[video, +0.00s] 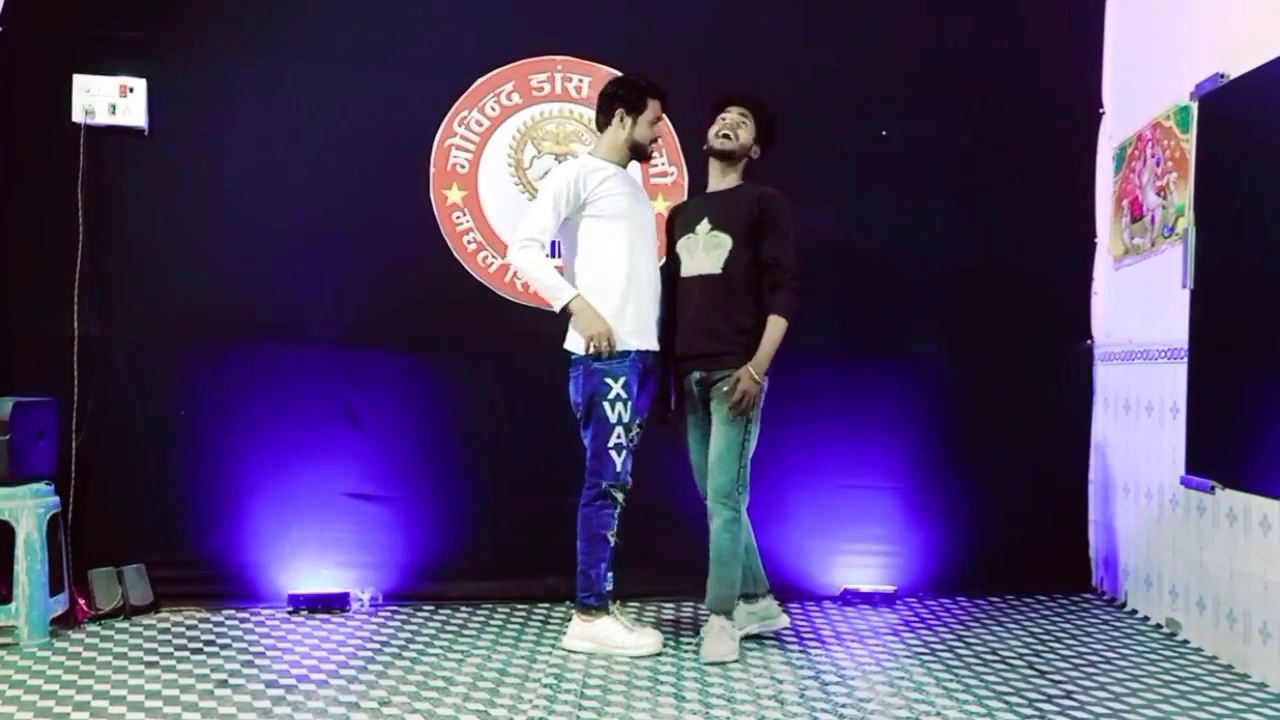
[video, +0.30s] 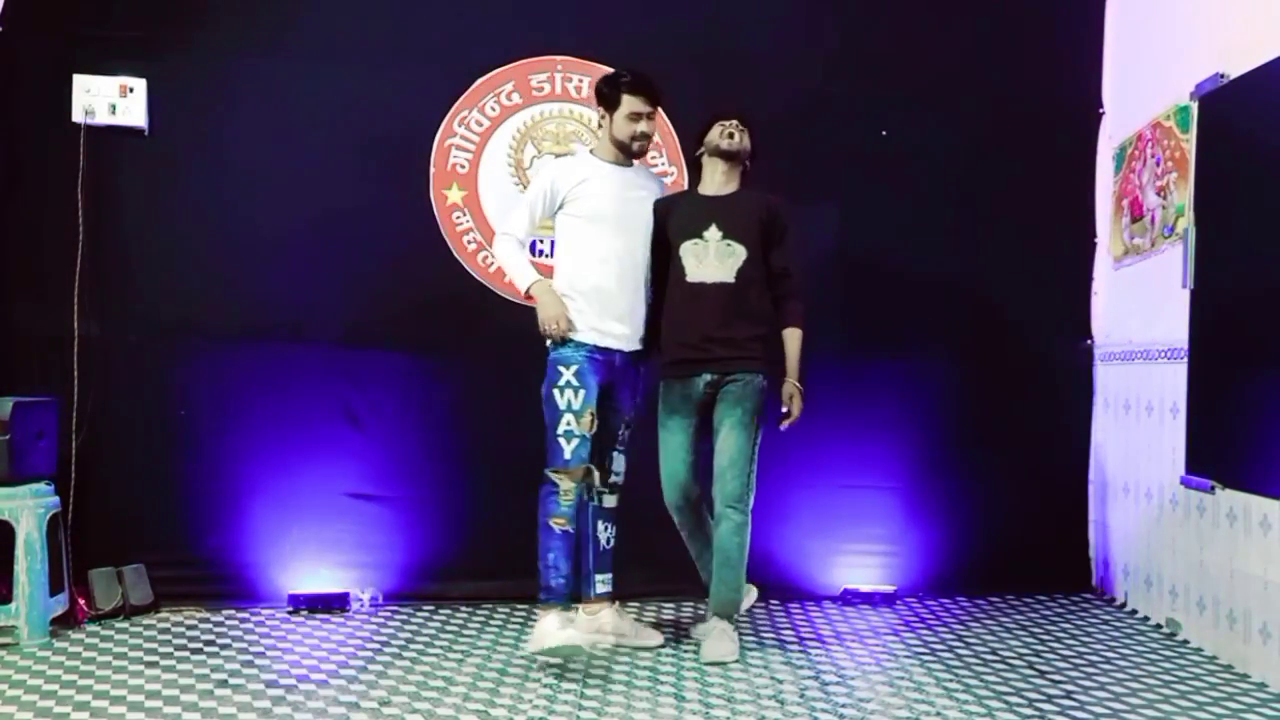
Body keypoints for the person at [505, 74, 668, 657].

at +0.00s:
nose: (661, 130)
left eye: (661, 121)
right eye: (655, 119)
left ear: (626, 118)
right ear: (622, 116)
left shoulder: (631, 183)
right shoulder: (578, 173)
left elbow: (637, 265)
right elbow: (524, 250)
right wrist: (581, 307)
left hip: (636, 352)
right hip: (603, 355)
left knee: (612, 483)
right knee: (607, 483)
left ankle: (599, 610)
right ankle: (590, 616)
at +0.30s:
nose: (644, 127)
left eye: (650, 118)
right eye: (634, 117)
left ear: (651, 120)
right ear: (604, 116)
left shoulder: (654, 187)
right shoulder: (563, 171)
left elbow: (674, 252)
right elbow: (507, 239)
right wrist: (542, 290)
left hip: (632, 349)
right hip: (576, 343)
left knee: (609, 478)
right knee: (569, 474)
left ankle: (598, 608)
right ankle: (553, 614)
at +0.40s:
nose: (624, 118)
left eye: (630, 108)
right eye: (612, 109)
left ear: (637, 115)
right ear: (586, 114)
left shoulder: (650, 186)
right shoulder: (553, 174)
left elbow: (672, 254)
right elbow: (500, 242)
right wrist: (525, 290)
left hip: (621, 346)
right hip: (562, 337)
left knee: (606, 474)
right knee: (538, 457)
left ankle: (598, 607)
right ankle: (494, 596)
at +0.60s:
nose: (578, 112)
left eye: (586, 102)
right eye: (566, 104)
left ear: (599, 111)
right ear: (546, 116)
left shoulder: (623, 182)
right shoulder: (517, 177)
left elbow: (628, 247)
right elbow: (470, 237)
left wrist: (621, 296)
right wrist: (484, 296)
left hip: (592, 355)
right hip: (525, 348)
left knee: (615, 474)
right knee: (460, 463)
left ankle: (598, 607)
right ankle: (411, 585)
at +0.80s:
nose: (527, 183)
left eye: (537, 173)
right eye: (517, 171)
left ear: (550, 178)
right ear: (495, 174)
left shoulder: (570, 235)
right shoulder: (461, 232)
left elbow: (594, 289)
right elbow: (405, 282)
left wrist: (583, 345)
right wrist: (421, 347)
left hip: (547, 397)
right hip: (473, 392)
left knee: (608, 499)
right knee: (399, 487)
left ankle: (615, 609)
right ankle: (374, 608)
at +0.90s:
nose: (500, 246)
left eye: (509, 236)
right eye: (490, 236)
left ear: (522, 229)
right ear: (466, 226)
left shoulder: (547, 266)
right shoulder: (439, 268)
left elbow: (579, 330)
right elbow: (386, 322)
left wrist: (568, 388)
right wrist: (380, 386)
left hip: (531, 406)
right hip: (456, 403)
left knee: (592, 500)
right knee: (385, 490)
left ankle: (613, 610)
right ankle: (373, 611)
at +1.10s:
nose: (502, 202)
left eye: (503, 192)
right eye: (490, 194)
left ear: (504, 193)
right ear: (449, 201)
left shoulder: (526, 248)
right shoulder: (418, 260)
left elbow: (524, 338)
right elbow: (405, 351)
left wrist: (505, 414)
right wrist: (383, 433)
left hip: (523, 390)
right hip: (452, 394)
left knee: (594, 486)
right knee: (392, 495)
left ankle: (615, 607)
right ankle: (374, 610)